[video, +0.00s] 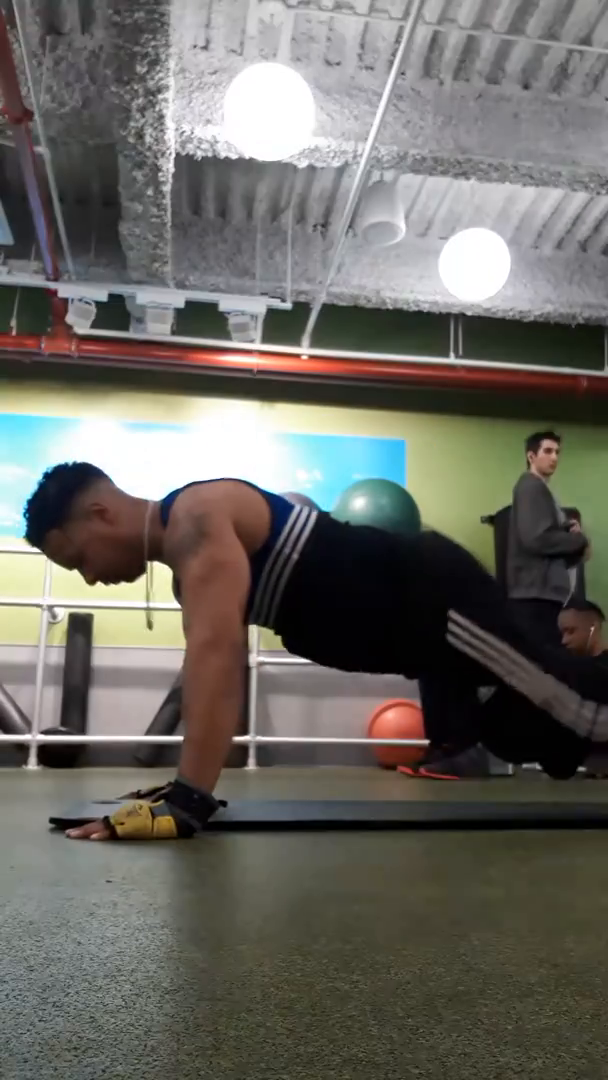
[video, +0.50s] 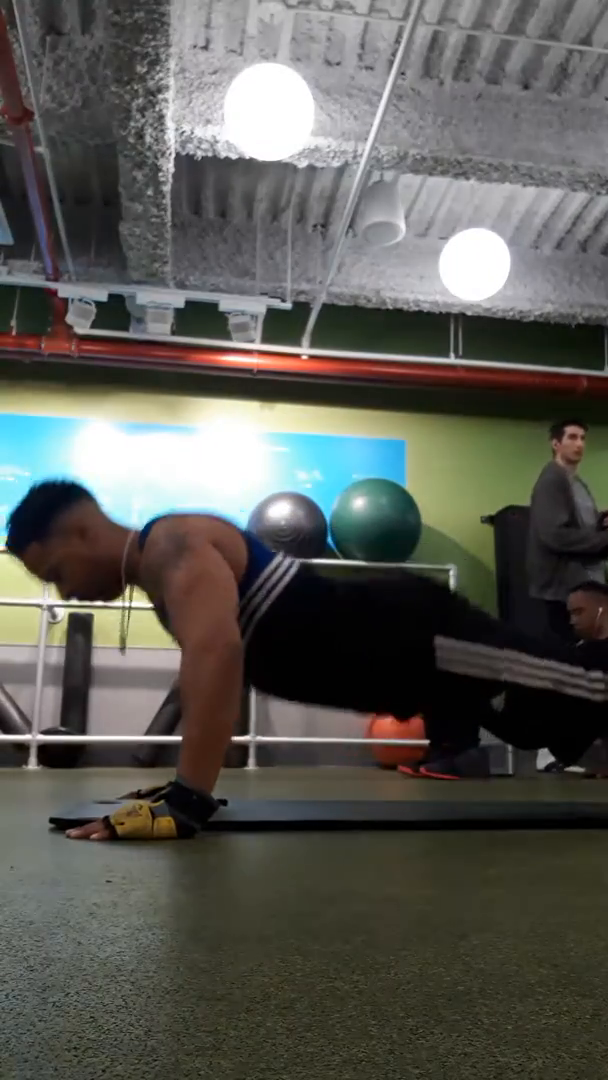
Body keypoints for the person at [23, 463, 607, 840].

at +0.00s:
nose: (86, 576)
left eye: (75, 558)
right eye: (72, 568)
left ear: (103, 511)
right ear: (106, 513)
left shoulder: (199, 516)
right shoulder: (191, 536)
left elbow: (218, 660)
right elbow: (217, 666)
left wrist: (189, 796)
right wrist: (188, 793)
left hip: (431, 595)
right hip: (419, 619)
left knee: (582, 722)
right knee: (544, 741)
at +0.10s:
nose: (78, 574)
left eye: (67, 555)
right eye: (64, 564)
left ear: (95, 510)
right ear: (99, 511)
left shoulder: (189, 515)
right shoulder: (184, 531)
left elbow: (213, 654)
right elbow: (211, 660)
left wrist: (189, 797)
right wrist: (184, 793)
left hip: (428, 594)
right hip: (418, 610)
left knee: (591, 703)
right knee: (553, 742)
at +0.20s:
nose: (72, 567)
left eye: (63, 549)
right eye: (59, 558)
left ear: (94, 505)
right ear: (96, 507)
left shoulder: (185, 514)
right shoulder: (182, 529)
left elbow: (211, 653)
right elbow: (214, 658)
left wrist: (188, 795)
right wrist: (188, 793)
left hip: (426, 595)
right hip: (414, 619)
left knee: (595, 678)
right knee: (557, 739)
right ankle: (574, 633)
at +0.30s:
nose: (72, 563)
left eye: (63, 544)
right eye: (59, 553)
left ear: (92, 501)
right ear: (95, 504)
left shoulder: (183, 513)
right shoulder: (178, 530)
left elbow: (210, 652)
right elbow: (209, 658)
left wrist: (189, 795)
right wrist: (186, 792)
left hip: (423, 604)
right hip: (412, 629)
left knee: (593, 676)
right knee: (547, 728)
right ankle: (575, 631)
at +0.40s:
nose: (68, 569)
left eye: (60, 550)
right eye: (55, 559)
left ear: (91, 506)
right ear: (93, 510)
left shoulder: (182, 520)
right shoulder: (174, 542)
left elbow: (211, 654)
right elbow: (211, 662)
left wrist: (188, 796)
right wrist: (187, 793)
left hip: (425, 619)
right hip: (418, 640)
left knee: (594, 687)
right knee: (563, 723)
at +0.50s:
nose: (63, 594)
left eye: (53, 575)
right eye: (48, 583)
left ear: (78, 534)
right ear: (83, 532)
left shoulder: (174, 543)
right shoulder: (165, 565)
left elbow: (217, 652)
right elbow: (219, 673)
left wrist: (187, 798)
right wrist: (186, 798)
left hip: (421, 642)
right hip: (410, 658)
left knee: (590, 697)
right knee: (568, 712)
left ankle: (591, 622)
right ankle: (588, 626)